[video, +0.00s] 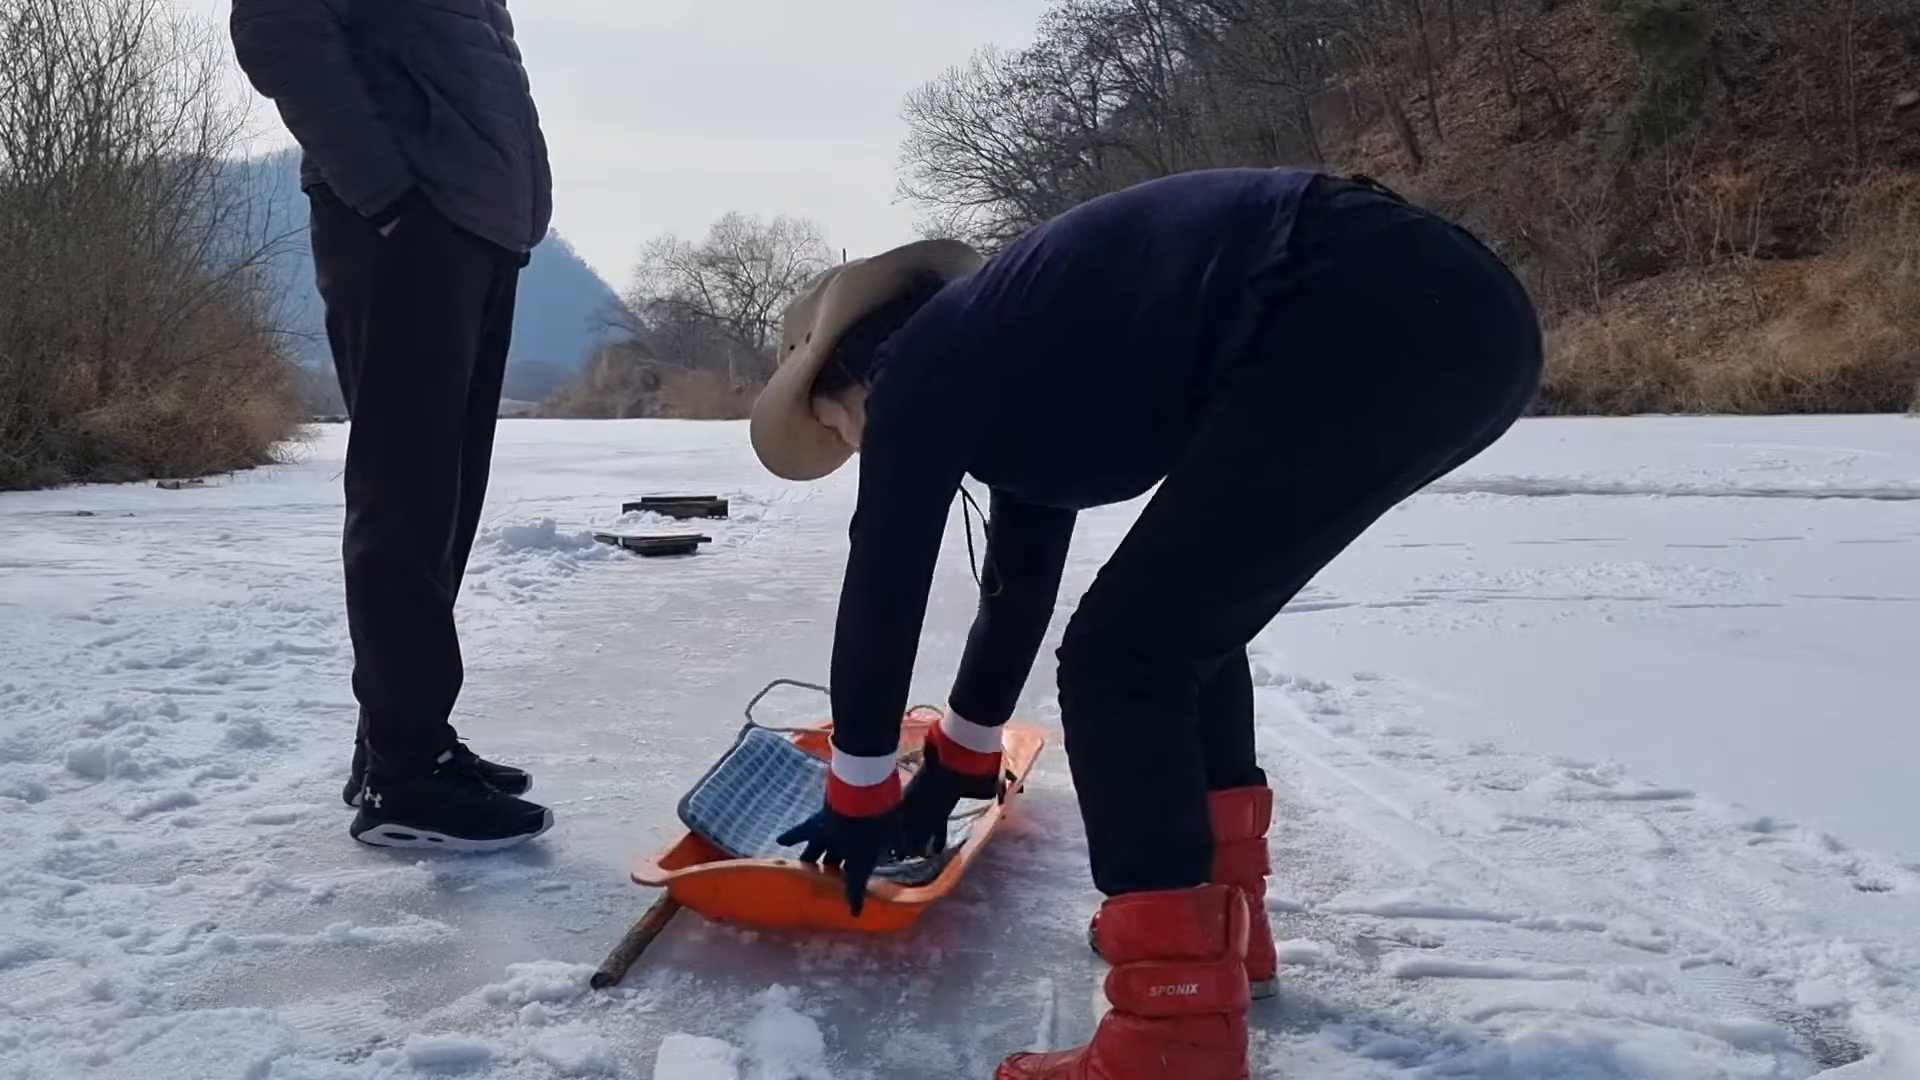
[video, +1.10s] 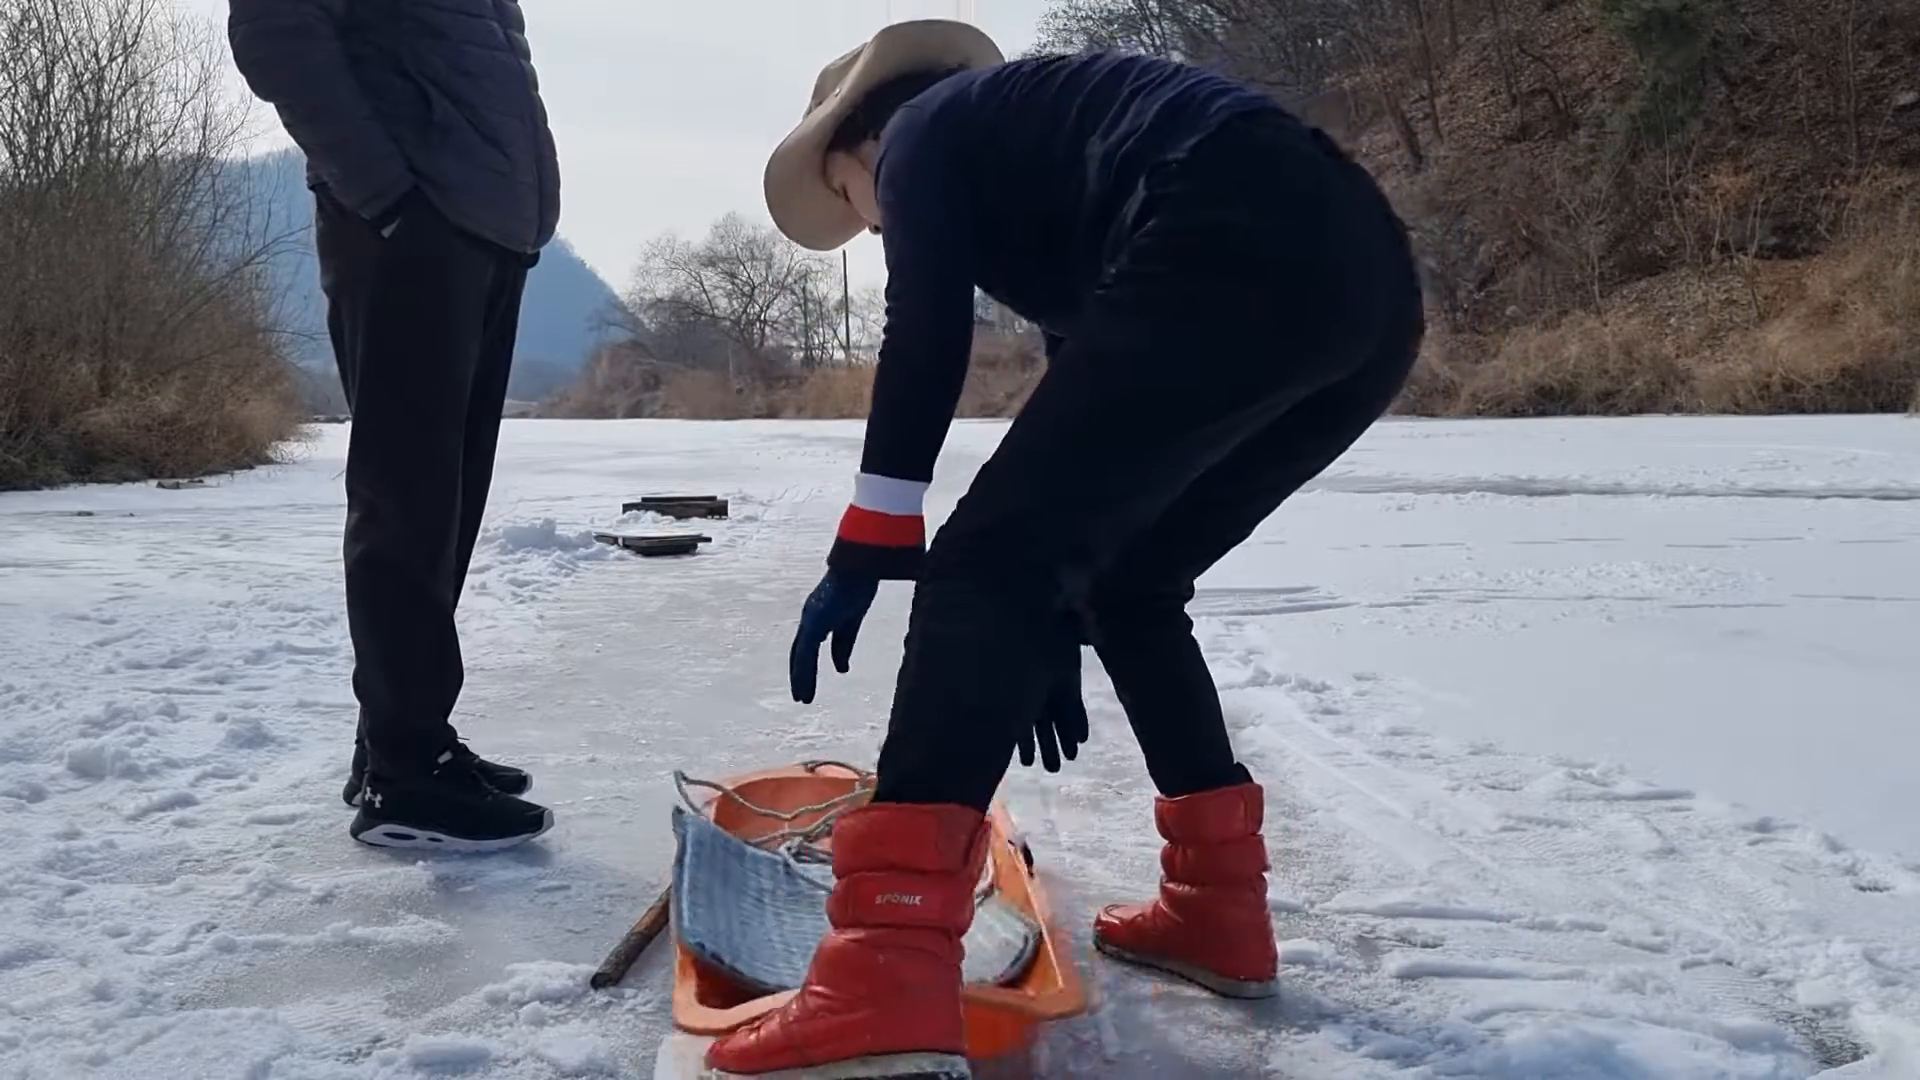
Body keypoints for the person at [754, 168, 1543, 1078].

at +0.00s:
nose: (856, 452)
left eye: (840, 428)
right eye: (838, 437)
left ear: (855, 378)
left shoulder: (917, 383)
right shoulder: (1046, 405)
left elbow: (876, 614)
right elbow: (1016, 598)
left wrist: (858, 800)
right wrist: (954, 763)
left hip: (1370, 329)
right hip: (1459, 325)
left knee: (1112, 654)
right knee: (1192, 631)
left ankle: (1172, 1030)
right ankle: (1228, 922)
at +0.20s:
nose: (858, 369)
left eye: (843, 339)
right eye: (839, 348)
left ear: (865, 298)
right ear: (924, 261)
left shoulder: (926, 325)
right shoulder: (1051, 318)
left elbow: (916, 572)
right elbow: (1112, 514)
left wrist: (919, 791)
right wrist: (1018, 665)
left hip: (1371, 307)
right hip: (1450, 304)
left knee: (1131, 645)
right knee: (1197, 618)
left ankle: (1171, 1029)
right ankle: (1232, 924)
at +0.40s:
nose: (862, 322)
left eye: (847, 291)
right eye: (844, 303)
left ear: (875, 247)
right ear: (937, 203)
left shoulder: (936, 275)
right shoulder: (1061, 232)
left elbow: (960, 531)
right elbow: (1102, 412)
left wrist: (961, 764)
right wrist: (1003, 506)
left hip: (1356, 299)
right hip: (1449, 292)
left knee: (1147, 637)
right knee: (1212, 621)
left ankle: (1173, 1033)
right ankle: (1227, 920)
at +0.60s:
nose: (879, 254)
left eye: (866, 231)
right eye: (864, 242)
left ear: (876, 181)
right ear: (946, 133)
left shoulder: (941, 196)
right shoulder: (1048, 178)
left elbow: (970, 426)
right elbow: (1055, 381)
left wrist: (974, 655)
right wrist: (963, 459)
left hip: (1330, 275)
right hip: (1438, 278)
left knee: (1144, 634)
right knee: (1209, 616)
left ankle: (1174, 1027)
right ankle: (1234, 926)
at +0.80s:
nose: (877, 187)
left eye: (860, 159)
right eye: (859, 172)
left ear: (876, 108)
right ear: (951, 72)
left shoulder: (936, 126)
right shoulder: (1070, 151)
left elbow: (965, 331)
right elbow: (1102, 381)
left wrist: (947, 552)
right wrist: (1037, 542)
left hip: (1290, 259)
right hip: (1403, 269)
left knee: (1117, 615)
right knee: (1170, 597)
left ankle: (1166, 1014)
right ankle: (1230, 916)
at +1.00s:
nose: (873, 190)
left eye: (858, 160)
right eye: (855, 176)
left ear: (876, 105)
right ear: (950, 76)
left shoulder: (934, 117)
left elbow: (939, 322)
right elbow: (1105, 354)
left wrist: (894, 541)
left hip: (1246, 247)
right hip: (1386, 282)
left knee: (1019, 557)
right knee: (1150, 578)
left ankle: (1022, 950)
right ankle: (1221, 904)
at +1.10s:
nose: (869, 219)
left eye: (855, 192)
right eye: (852, 205)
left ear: (870, 132)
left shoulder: (926, 135)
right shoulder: (1065, 169)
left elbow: (924, 345)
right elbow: (1095, 394)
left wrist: (861, 554)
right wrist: (1048, 628)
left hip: (1226, 254)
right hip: (1369, 296)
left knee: (985, 562)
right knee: (1134, 582)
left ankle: (890, 956)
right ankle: (1223, 903)